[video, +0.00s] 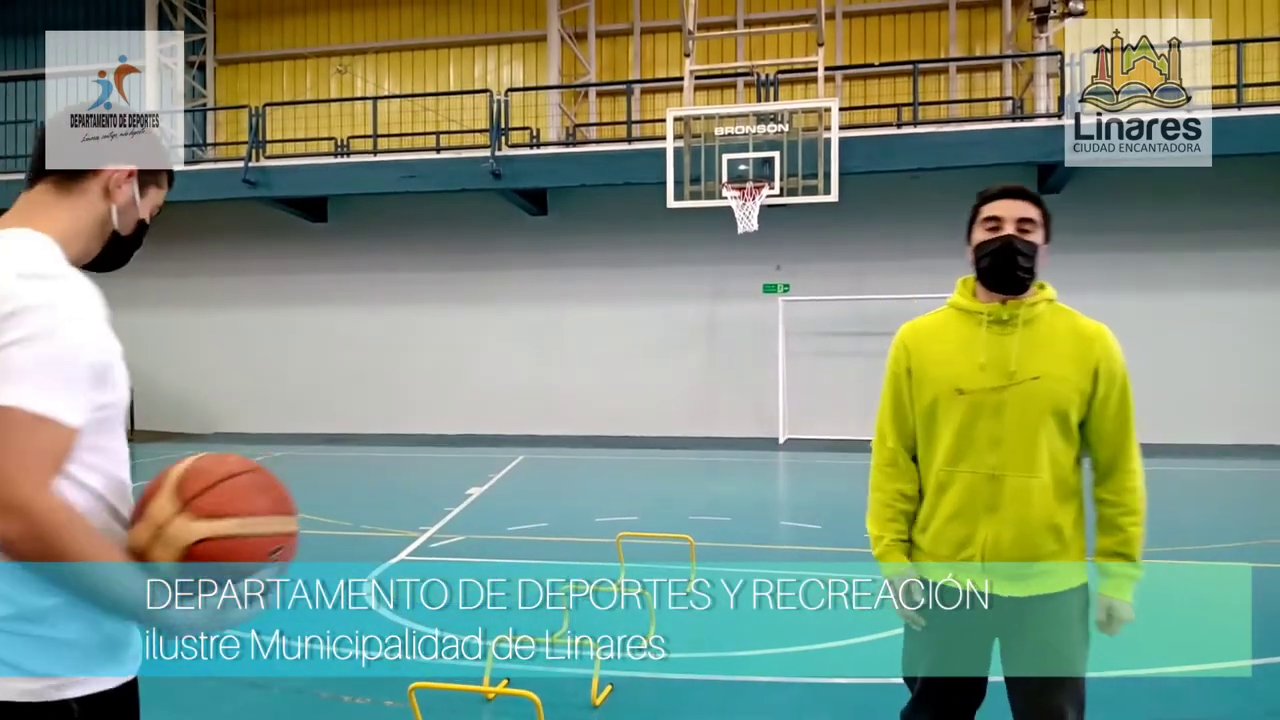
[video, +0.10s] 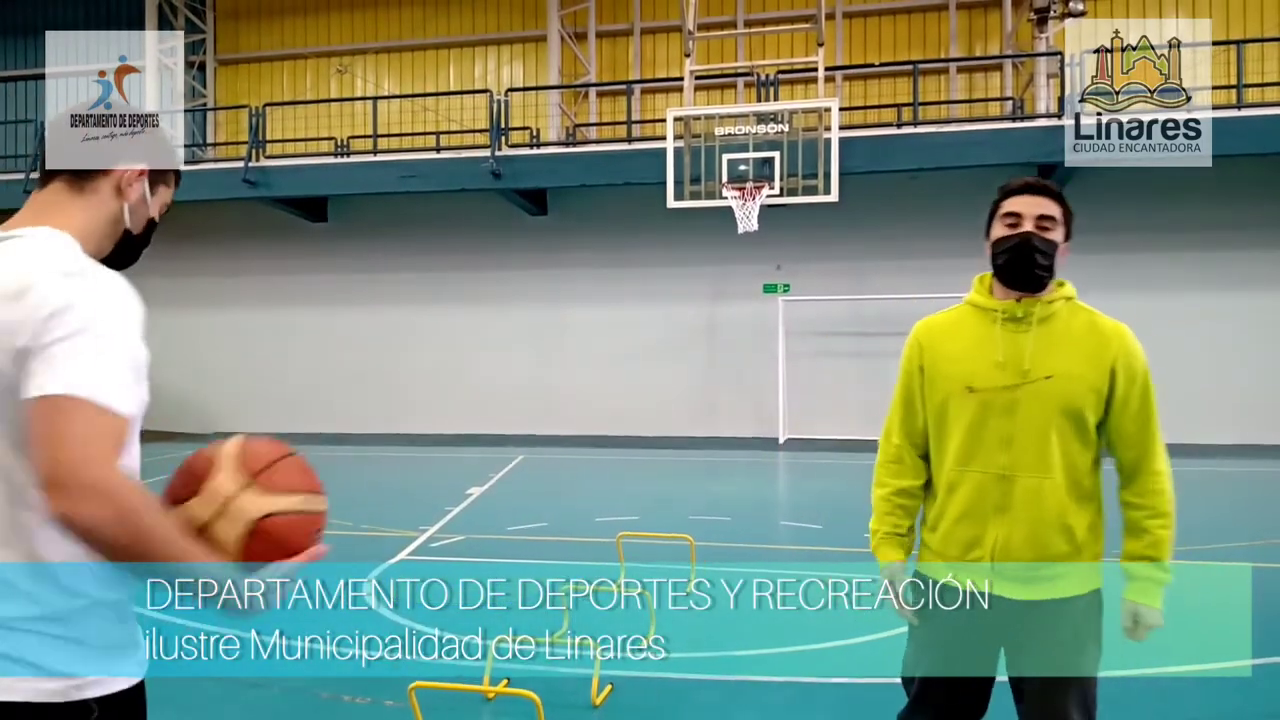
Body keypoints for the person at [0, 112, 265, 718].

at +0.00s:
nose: (140, 229)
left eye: (153, 213)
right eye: (151, 209)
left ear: (50, 169)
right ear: (120, 182)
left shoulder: (16, 268)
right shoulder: (54, 297)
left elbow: (29, 483)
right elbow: (13, 502)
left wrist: (127, 527)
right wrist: (134, 571)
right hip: (54, 684)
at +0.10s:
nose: (150, 226)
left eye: (163, 209)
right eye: (161, 205)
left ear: (56, 165)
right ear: (131, 179)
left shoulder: (13, 260)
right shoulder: (86, 292)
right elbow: (80, 486)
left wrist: (168, 522)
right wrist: (218, 573)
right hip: (62, 678)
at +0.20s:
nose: (159, 219)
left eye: (169, 202)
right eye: (168, 199)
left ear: (58, 170)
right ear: (138, 179)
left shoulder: (10, 254)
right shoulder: (105, 290)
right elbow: (147, 482)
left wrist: (206, 494)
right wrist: (279, 557)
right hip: (69, 676)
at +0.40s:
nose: (171, 210)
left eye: (177, 192)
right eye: (176, 190)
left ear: (67, 170)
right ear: (150, 180)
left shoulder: (7, 253)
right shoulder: (138, 301)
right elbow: (183, 504)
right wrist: (330, 500)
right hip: (79, 673)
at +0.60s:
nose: (176, 204)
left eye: (181, 187)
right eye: (180, 185)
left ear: (72, 170)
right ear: (156, 177)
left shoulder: (6, 256)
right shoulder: (163, 301)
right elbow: (214, 506)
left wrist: (218, 454)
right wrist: (286, 548)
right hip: (88, 665)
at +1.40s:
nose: (205, 220)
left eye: (207, 205)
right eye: (207, 202)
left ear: (113, 192)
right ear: (187, 189)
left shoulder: (24, 300)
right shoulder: (192, 285)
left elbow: (9, 464)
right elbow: (229, 448)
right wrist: (265, 503)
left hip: (33, 625)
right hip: (163, 626)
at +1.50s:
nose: (222, 219)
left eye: (225, 205)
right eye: (224, 202)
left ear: (131, 194)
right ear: (208, 193)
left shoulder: (27, 308)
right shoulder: (214, 287)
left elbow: (12, 473)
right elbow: (239, 432)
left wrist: (78, 530)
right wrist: (278, 510)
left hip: (60, 625)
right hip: (188, 623)